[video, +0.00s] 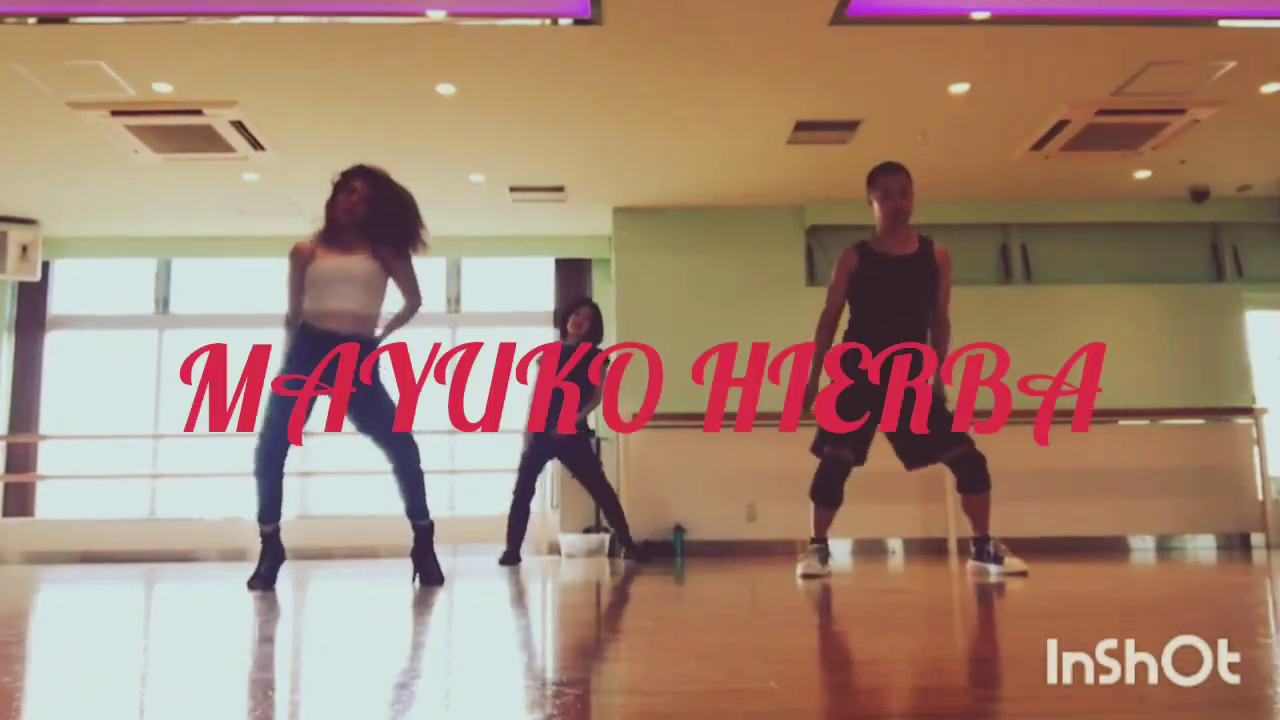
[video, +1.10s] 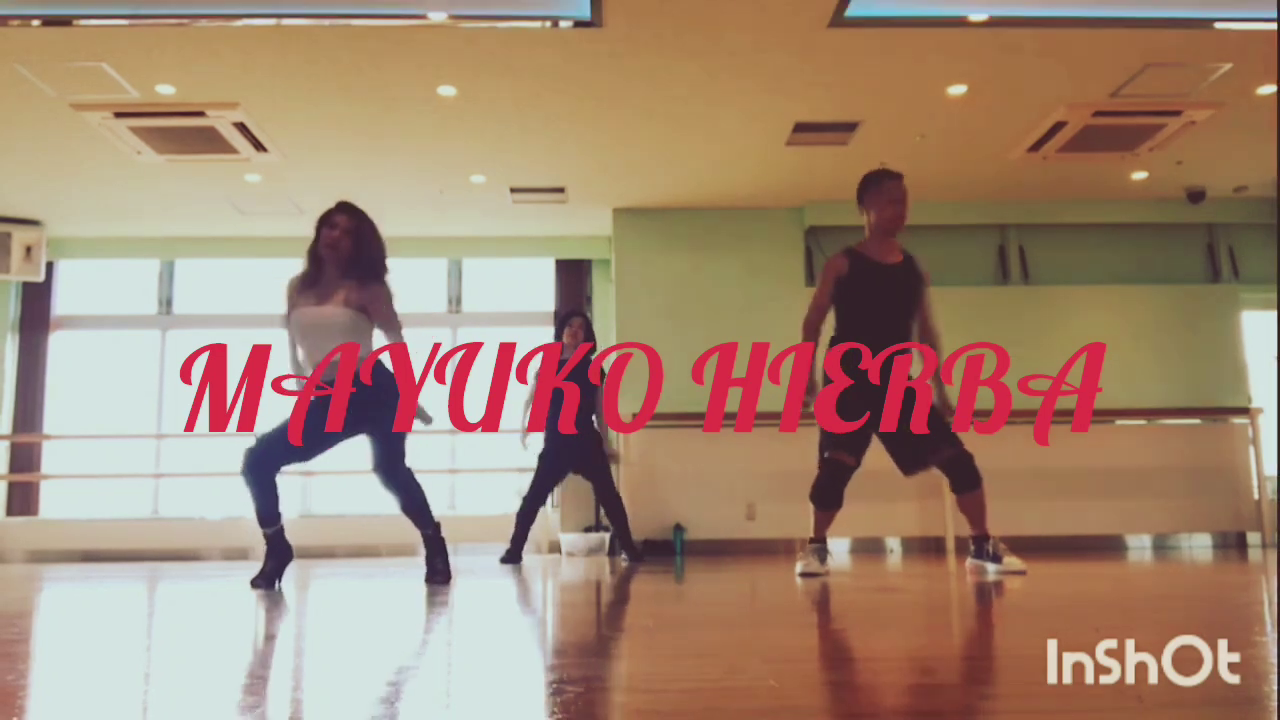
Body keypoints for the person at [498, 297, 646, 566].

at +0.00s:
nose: (578, 321)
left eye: (585, 319)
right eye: (576, 315)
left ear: (593, 327)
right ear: (566, 319)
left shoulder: (595, 356)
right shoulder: (551, 351)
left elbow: (597, 396)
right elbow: (537, 392)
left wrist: (578, 416)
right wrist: (529, 427)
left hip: (572, 436)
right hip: (541, 434)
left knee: (602, 491)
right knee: (522, 491)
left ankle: (627, 544)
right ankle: (512, 550)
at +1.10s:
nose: (574, 332)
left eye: (580, 329)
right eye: (571, 327)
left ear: (586, 335)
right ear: (562, 330)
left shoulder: (593, 367)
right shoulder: (549, 363)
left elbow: (601, 409)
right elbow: (532, 395)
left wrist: (607, 444)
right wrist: (526, 423)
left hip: (587, 444)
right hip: (556, 444)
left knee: (609, 496)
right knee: (534, 498)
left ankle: (628, 546)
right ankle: (514, 550)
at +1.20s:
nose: (575, 330)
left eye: (580, 327)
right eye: (571, 325)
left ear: (585, 334)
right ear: (561, 329)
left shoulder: (587, 368)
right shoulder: (544, 364)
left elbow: (604, 406)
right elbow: (516, 392)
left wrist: (631, 430)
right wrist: (526, 413)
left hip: (585, 442)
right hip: (555, 442)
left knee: (609, 492)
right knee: (540, 499)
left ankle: (628, 545)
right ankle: (516, 550)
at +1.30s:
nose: (576, 322)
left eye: (579, 318)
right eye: (571, 317)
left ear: (582, 324)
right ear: (558, 319)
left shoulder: (577, 353)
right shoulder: (545, 350)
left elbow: (576, 389)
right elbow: (535, 379)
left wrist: (607, 399)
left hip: (574, 431)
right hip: (546, 432)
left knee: (602, 490)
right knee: (539, 494)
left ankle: (627, 545)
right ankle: (516, 551)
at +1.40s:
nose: (573, 317)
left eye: (577, 313)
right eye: (569, 311)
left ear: (578, 316)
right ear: (555, 311)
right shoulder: (552, 345)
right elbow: (559, 378)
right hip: (551, 427)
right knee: (537, 490)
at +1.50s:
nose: (573, 319)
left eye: (575, 314)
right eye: (568, 313)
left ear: (575, 317)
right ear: (555, 313)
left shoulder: (570, 346)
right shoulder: (548, 343)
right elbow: (550, 376)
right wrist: (577, 355)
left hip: (567, 428)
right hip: (544, 427)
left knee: (580, 481)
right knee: (538, 489)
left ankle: (569, 536)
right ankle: (515, 551)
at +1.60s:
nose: (573, 328)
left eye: (573, 324)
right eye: (569, 323)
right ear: (558, 325)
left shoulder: (570, 354)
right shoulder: (549, 352)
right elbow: (542, 377)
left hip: (565, 431)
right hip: (544, 431)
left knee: (566, 492)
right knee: (548, 491)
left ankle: (558, 546)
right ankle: (519, 546)